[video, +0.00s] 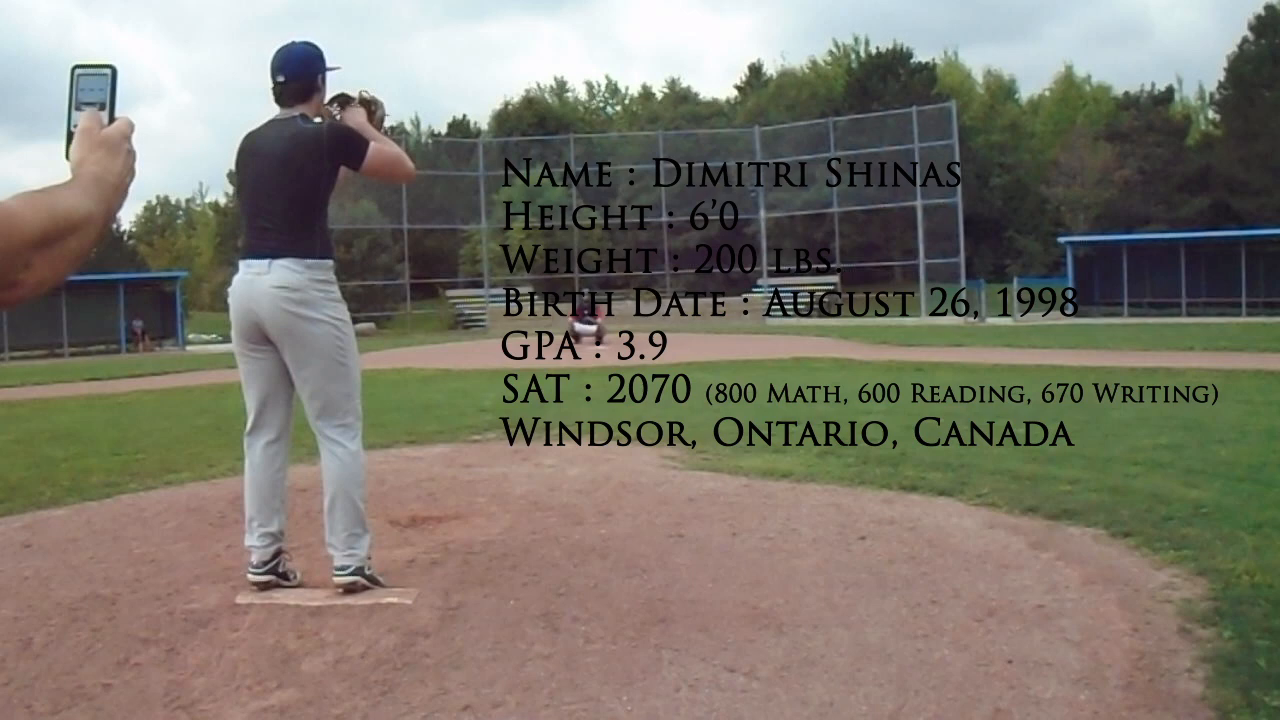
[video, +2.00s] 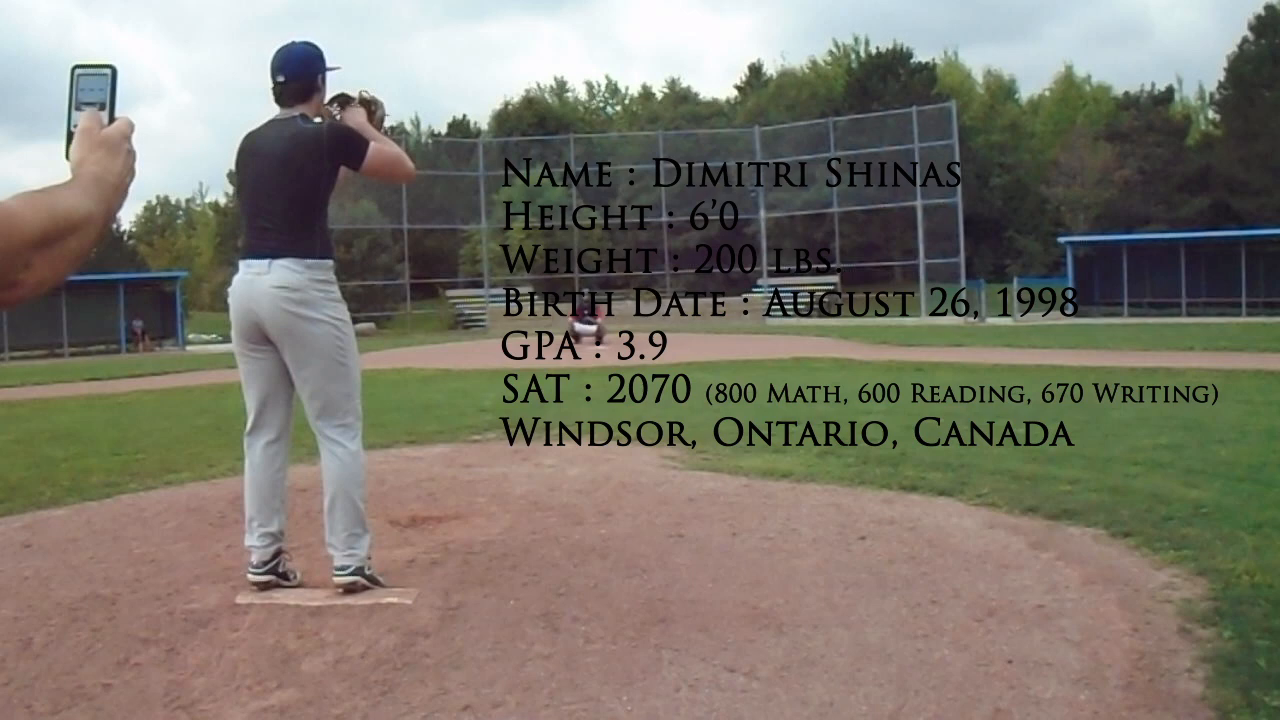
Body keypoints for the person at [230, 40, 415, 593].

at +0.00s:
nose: (327, 88)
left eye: (322, 81)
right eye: (325, 81)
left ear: (275, 88)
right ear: (320, 86)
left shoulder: (250, 143)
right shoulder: (327, 135)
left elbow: (301, 185)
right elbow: (402, 167)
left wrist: (327, 131)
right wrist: (362, 125)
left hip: (246, 288)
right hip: (303, 286)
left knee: (264, 430)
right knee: (338, 429)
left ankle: (263, 558)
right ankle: (350, 561)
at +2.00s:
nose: (327, 88)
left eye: (322, 81)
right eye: (325, 81)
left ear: (275, 88)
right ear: (320, 86)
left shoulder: (250, 143)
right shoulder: (327, 135)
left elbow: (301, 185)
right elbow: (402, 167)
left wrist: (327, 131)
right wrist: (362, 125)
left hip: (246, 288)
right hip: (303, 286)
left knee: (264, 430)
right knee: (338, 429)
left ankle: (263, 558)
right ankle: (350, 561)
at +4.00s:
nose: (327, 88)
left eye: (322, 81)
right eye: (325, 81)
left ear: (275, 88)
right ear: (320, 86)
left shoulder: (250, 143)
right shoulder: (327, 135)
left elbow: (305, 186)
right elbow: (402, 167)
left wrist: (329, 132)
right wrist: (361, 125)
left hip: (247, 288)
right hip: (303, 286)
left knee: (264, 430)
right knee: (338, 429)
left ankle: (263, 558)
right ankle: (350, 561)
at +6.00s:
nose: (279, 107)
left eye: (274, 98)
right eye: (280, 99)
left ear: (226, 100)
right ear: (272, 101)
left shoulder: (194, 153)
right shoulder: (273, 145)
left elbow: (259, 218)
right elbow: (352, 186)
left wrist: (300, 160)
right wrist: (321, 143)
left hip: (178, 310)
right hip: (239, 306)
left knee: (213, 462)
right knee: (297, 423)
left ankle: (234, 602)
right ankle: (286, 557)